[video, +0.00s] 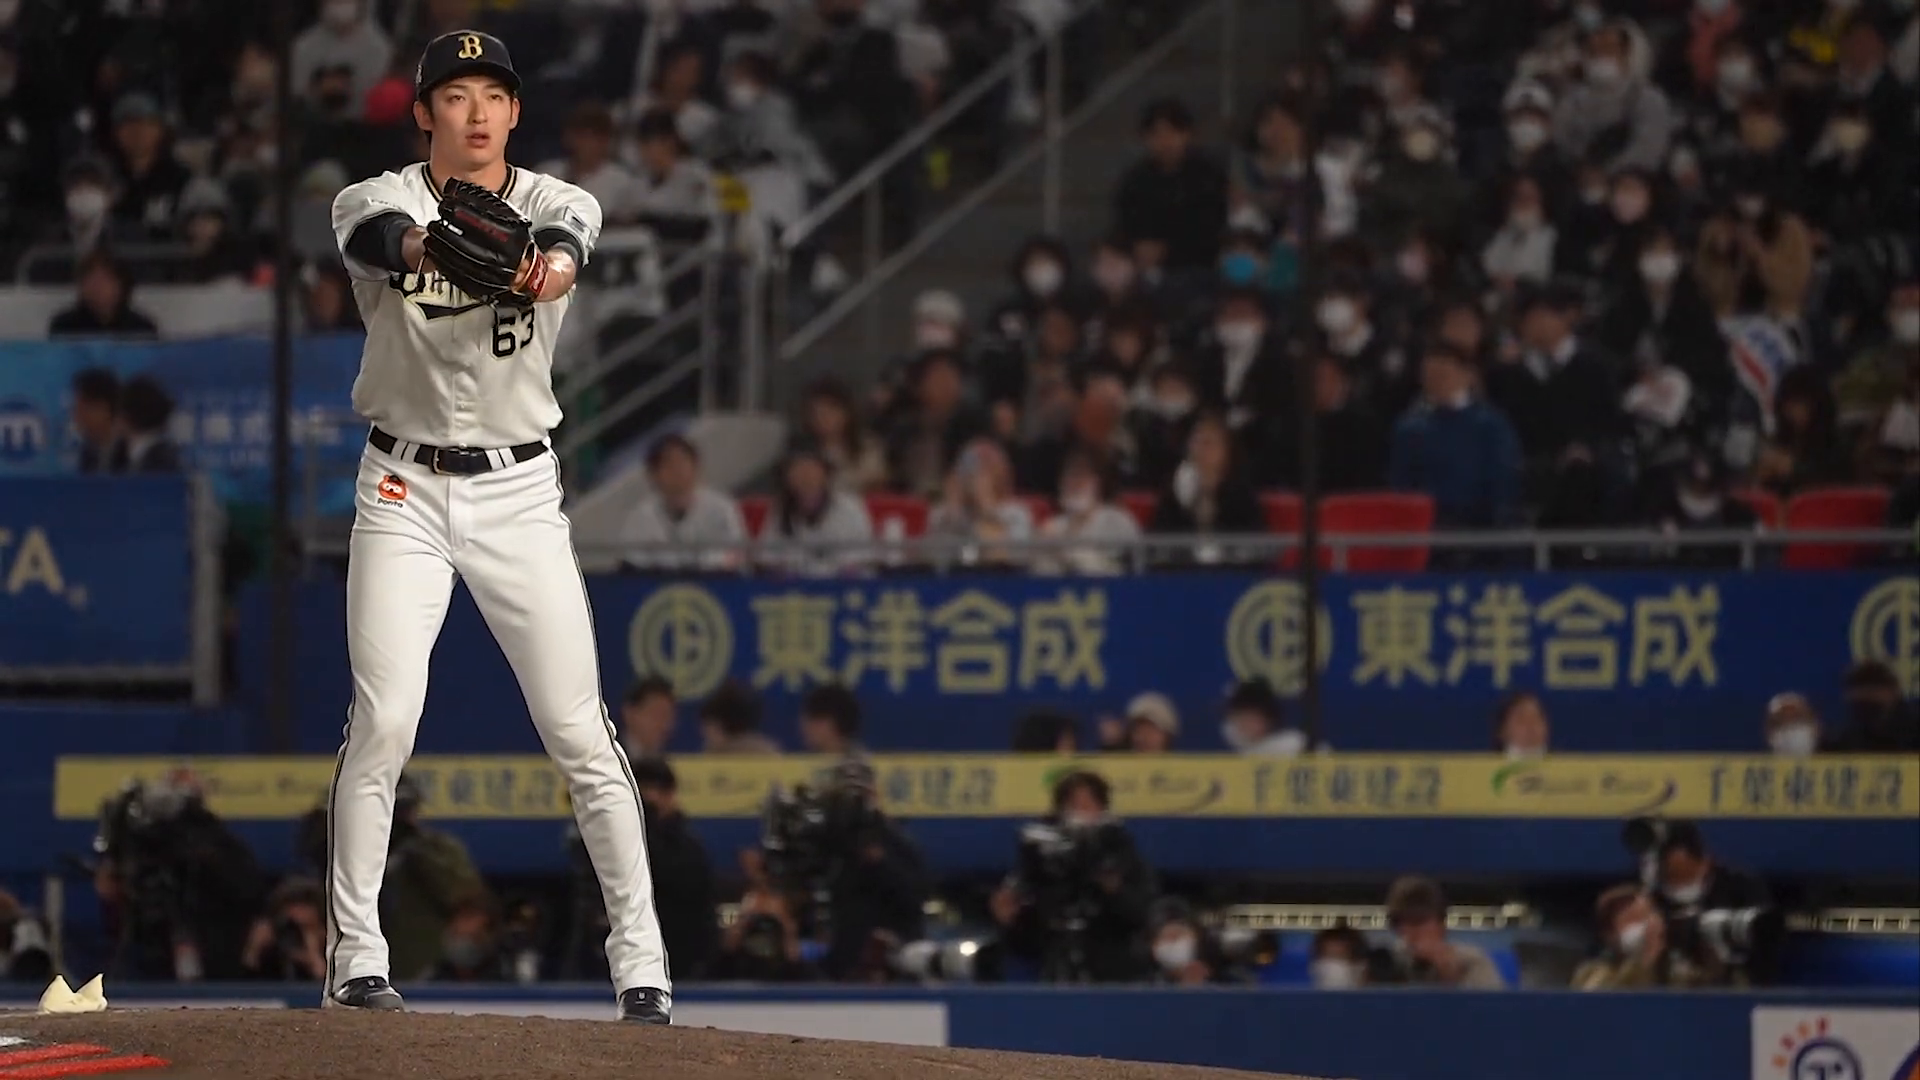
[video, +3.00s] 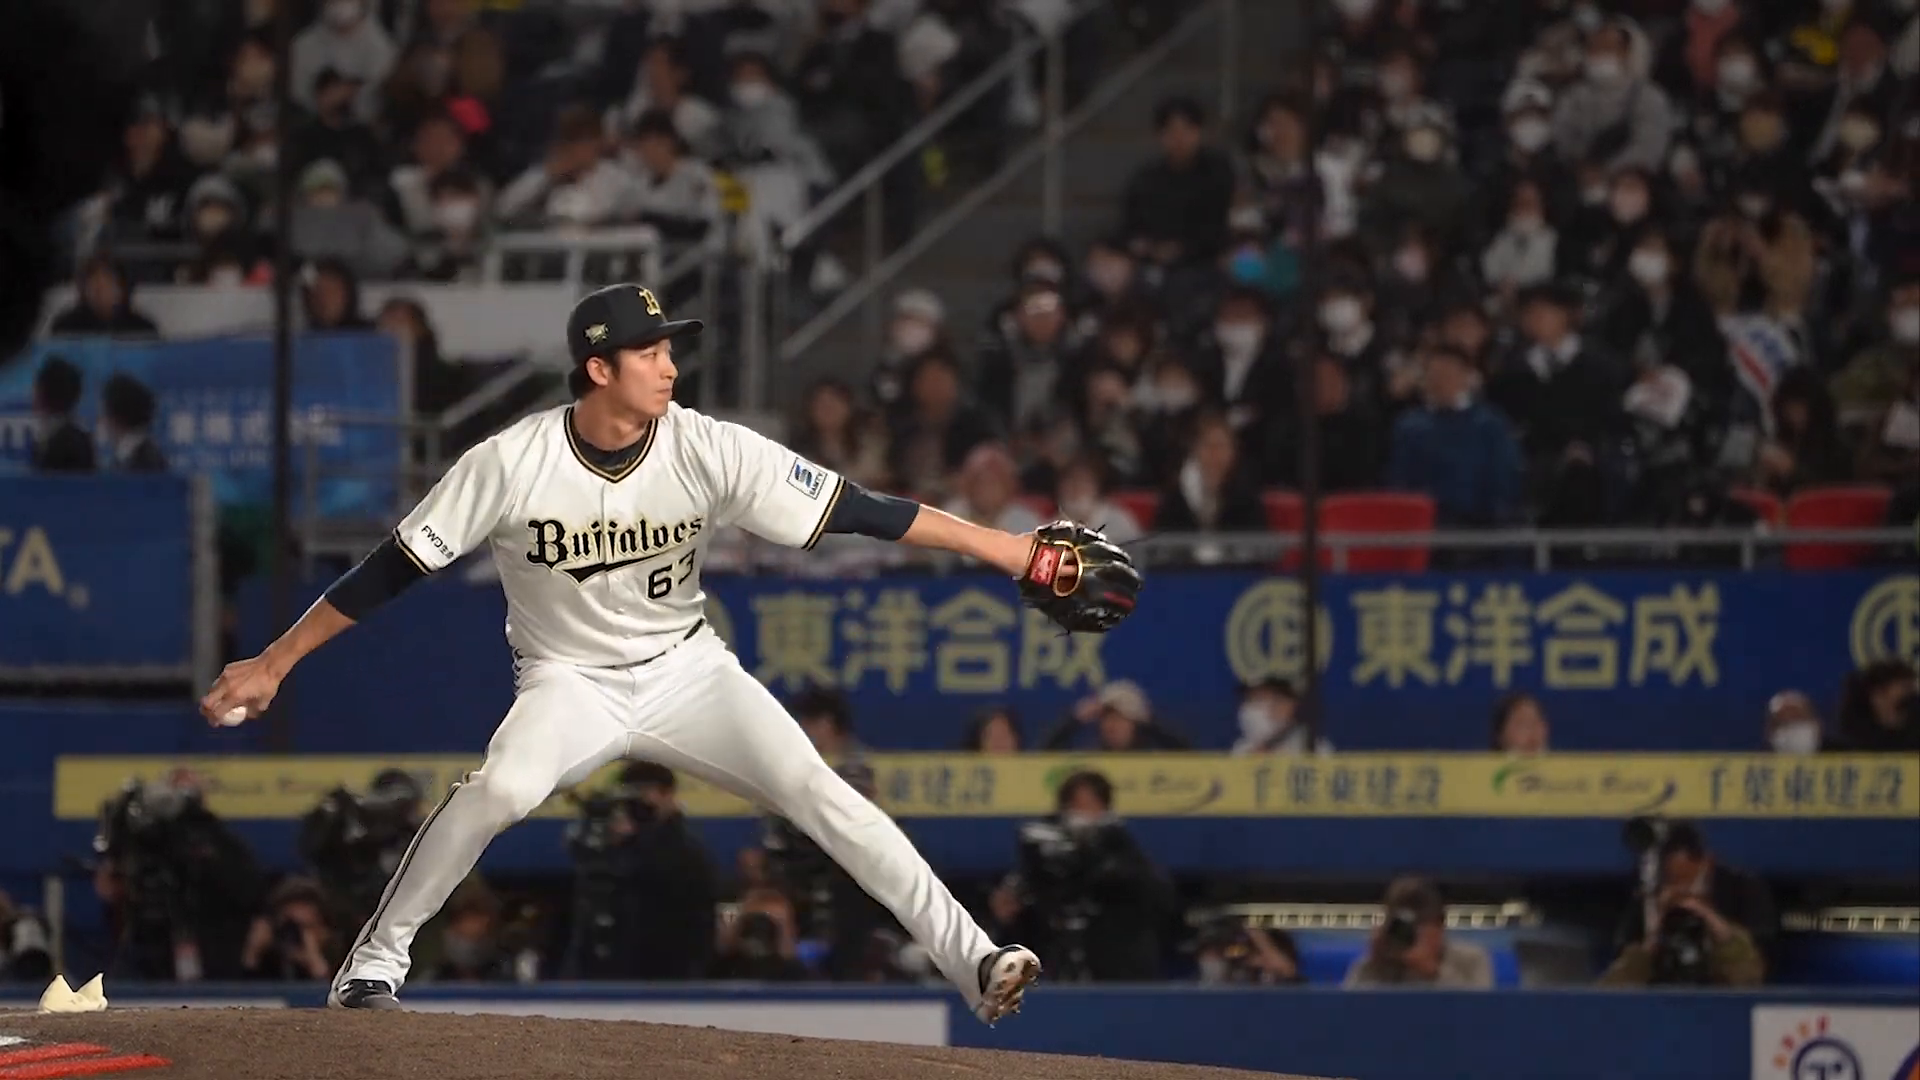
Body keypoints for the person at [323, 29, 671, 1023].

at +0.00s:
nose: (476, 115)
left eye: (491, 98)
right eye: (456, 99)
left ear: (515, 114)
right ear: (422, 117)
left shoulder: (556, 200)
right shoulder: (384, 196)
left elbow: (570, 234)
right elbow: (368, 231)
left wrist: (550, 260)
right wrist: (421, 246)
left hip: (519, 497)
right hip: (401, 495)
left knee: (581, 736)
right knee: (382, 723)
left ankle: (639, 963)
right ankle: (357, 960)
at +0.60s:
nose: (543, 144)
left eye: (556, 126)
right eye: (526, 125)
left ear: (575, 136)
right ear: (484, 130)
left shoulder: (612, 238)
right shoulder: (418, 225)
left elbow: (646, 366)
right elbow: (376, 340)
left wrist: (565, 275)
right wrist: (469, 256)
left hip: (556, 517)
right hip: (434, 508)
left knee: (599, 750)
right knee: (401, 721)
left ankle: (645, 974)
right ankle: (358, 960)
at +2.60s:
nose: (594, 146)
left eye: (596, 130)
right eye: (577, 129)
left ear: (584, 142)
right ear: (520, 137)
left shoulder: (624, 244)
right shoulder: (428, 223)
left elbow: (656, 386)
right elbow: (395, 354)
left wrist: (603, 317)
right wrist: (497, 276)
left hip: (569, 509)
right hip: (449, 503)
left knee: (595, 732)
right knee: (409, 721)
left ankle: (612, 945)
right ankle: (360, 957)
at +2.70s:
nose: (600, 183)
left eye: (600, 168)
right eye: (582, 168)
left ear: (584, 181)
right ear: (526, 180)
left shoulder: (627, 285)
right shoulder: (430, 268)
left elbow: (683, 434)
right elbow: (386, 409)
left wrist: (635, 430)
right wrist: (481, 382)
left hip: (575, 529)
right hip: (458, 529)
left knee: (557, 678)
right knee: (413, 729)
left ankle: (537, 861)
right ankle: (363, 948)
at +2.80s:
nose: (602, 248)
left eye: (602, 232)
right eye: (584, 233)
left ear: (595, 241)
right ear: (530, 245)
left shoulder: (634, 349)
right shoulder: (443, 338)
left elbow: (701, 486)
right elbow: (390, 479)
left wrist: (688, 574)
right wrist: (434, 564)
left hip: (590, 567)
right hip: (474, 570)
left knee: (591, 715)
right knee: (425, 743)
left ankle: (551, 929)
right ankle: (362, 954)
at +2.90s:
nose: (619, 312)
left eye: (618, 295)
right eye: (599, 298)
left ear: (612, 305)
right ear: (546, 312)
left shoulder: (656, 405)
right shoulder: (460, 407)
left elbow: (752, 523)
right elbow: (395, 554)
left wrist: (829, 650)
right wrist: (347, 700)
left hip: (625, 618)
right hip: (505, 629)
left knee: (673, 765)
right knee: (451, 762)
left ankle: (739, 930)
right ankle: (365, 962)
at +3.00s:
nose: (673, 369)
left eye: (673, 353)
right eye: (654, 354)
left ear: (660, 366)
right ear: (594, 367)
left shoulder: (709, 449)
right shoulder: (505, 466)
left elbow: (858, 511)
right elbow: (392, 569)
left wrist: (1006, 548)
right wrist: (275, 662)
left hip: (692, 673)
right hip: (569, 687)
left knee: (815, 789)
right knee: (500, 792)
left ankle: (973, 962)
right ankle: (382, 947)